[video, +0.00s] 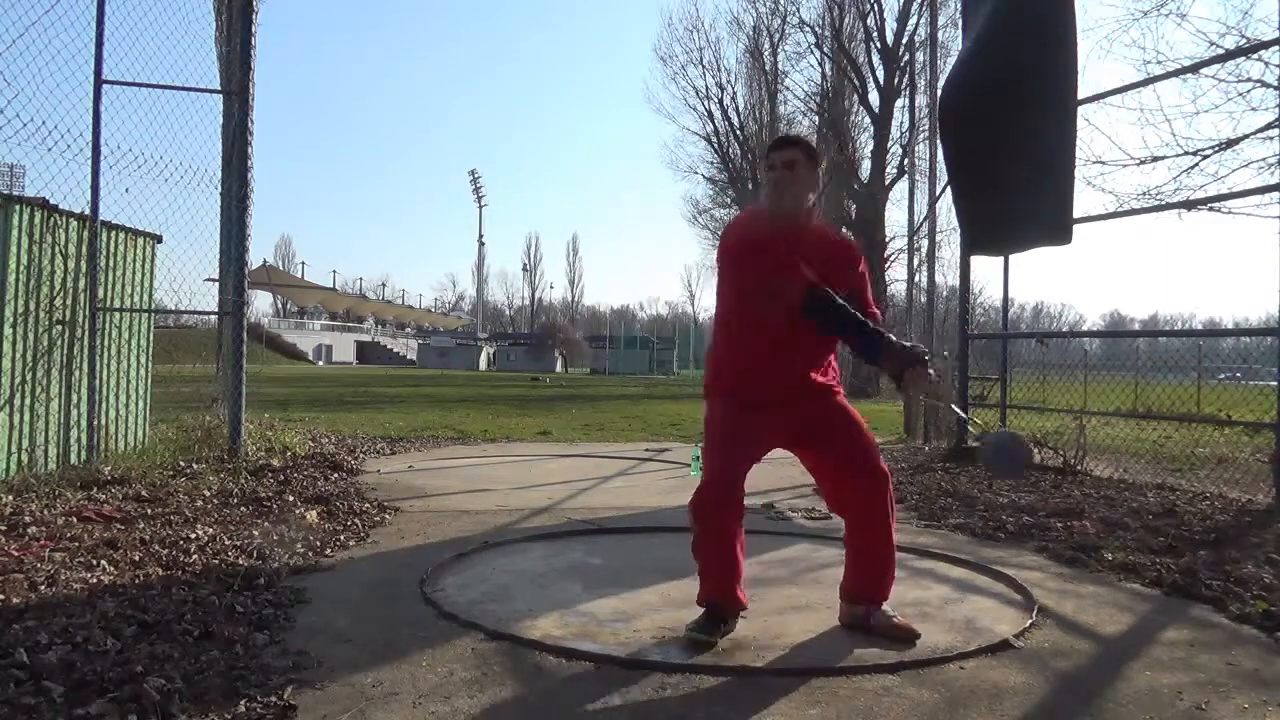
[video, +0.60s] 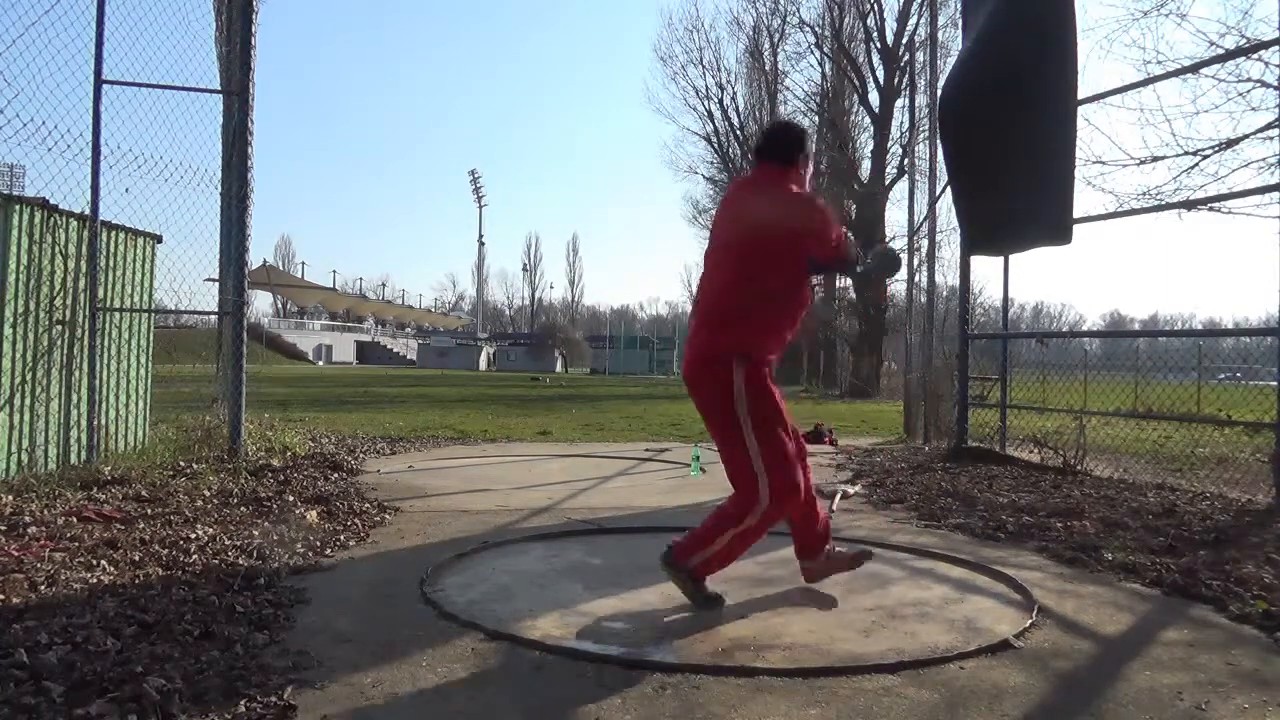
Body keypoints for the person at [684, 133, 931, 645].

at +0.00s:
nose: (781, 174)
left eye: (793, 166)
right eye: (774, 166)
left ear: (816, 180)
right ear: (763, 177)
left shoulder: (840, 250)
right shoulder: (741, 235)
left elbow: (865, 327)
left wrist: (898, 360)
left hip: (813, 398)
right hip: (737, 399)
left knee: (870, 480)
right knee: (716, 492)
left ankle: (863, 604)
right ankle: (719, 604)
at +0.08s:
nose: (763, 183)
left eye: (774, 174)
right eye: (763, 175)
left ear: (807, 182)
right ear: (766, 184)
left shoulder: (854, 239)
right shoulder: (752, 229)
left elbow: (865, 310)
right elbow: (768, 290)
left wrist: (837, 332)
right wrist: (806, 333)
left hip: (835, 402)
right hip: (758, 401)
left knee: (869, 489)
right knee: (719, 483)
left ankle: (871, 602)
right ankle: (722, 599)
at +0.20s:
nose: (786, 179)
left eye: (791, 169)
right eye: (786, 171)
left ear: (813, 166)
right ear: (825, 166)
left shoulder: (847, 213)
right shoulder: (804, 216)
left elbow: (797, 263)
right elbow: (766, 246)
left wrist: (717, 260)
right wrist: (718, 253)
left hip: (851, 373)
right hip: (802, 372)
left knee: (824, 479)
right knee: (736, 467)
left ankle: (892, 581)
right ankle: (717, 594)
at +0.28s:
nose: (799, 170)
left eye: (803, 160)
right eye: (801, 161)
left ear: (817, 158)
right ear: (850, 158)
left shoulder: (843, 197)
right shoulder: (830, 201)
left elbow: (754, 233)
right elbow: (753, 237)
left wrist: (680, 219)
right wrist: (683, 218)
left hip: (848, 354)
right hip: (824, 352)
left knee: (780, 466)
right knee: (759, 463)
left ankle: (862, 553)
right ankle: (722, 598)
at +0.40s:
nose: (800, 158)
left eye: (800, 149)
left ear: (800, 150)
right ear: (851, 149)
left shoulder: (783, 192)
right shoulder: (876, 196)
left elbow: (713, 219)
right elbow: (809, 215)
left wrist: (693, 190)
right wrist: (741, 198)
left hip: (789, 354)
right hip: (858, 361)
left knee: (731, 439)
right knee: (796, 491)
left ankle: (720, 525)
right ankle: (717, 596)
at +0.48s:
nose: (835, 153)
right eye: (834, 145)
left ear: (784, 145)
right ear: (834, 147)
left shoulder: (756, 185)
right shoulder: (852, 191)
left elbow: (724, 227)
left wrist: (761, 178)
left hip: (746, 340)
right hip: (808, 348)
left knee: (757, 431)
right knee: (789, 469)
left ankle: (709, 509)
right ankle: (704, 575)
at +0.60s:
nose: (809, 175)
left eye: (809, 168)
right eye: (809, 167)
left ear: (761, 157)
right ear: (800, 164)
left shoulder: (744, 197)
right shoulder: (794, 204)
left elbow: (795, 255)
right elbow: (840, 252)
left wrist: (850, 260)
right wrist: (861, 257)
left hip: (742, 358)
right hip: (728, 360)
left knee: (791, 458)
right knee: (771, 488)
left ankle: (815, 554)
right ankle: (686, 561)